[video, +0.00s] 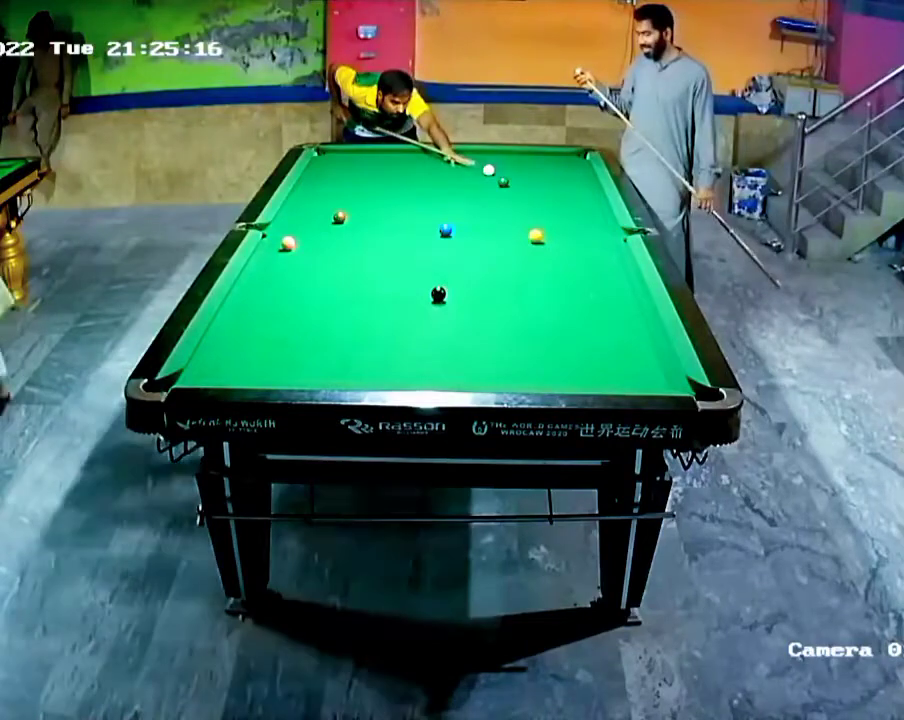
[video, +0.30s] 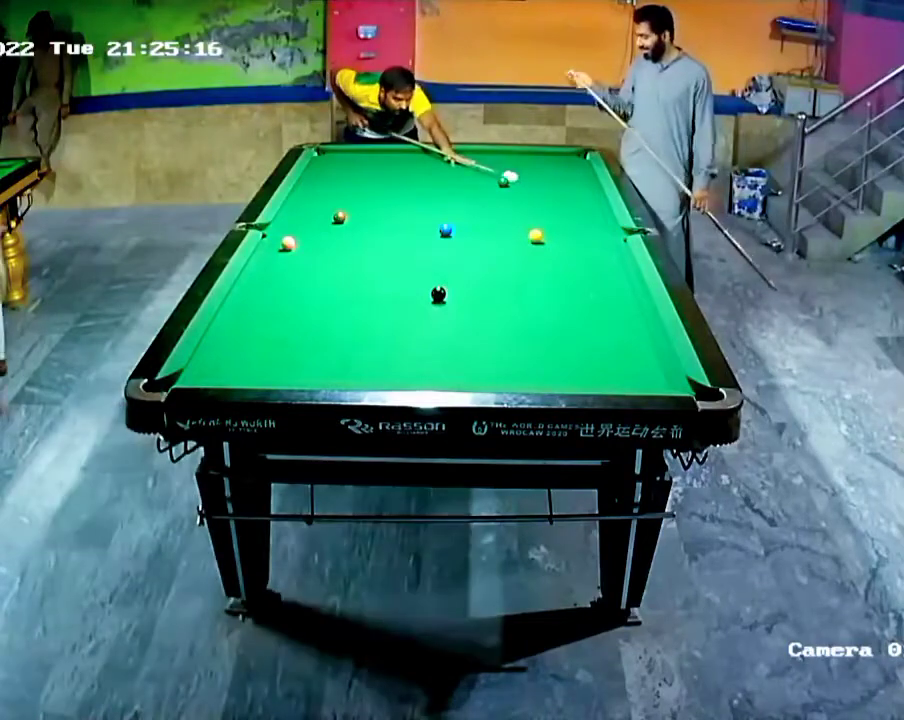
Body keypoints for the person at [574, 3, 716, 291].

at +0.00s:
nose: (641, 41)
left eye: (647, 34)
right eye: (638, 34)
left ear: (666, 33)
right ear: (635, 33)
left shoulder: (694, 74)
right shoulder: (640, 64)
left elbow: (704, 131)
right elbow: (622, 105)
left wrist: (704, 182)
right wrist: (594, 87)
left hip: (668, 175)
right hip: (632, 167)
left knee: (668, 249)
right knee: (631, 241)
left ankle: (675, 313)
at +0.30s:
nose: (639, 43)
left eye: (645, 36)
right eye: (637, 36)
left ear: (666, 35)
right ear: (636, 35)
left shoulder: (695, 74)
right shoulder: (640, 65)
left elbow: (704, 131)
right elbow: (624, 106)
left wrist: (701, 182)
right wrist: (593, 87)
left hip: (670, 173)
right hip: (633, 166)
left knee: (670, 246)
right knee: (634, 240)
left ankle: (677, 310)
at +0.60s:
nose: (643, 43)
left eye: (650, 36)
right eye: (639, 36)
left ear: (669, 35)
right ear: (635, 35)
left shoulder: (695, 74)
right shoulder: (639, 65)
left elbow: (700, 133)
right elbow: (632, 112)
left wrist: (696, 182)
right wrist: (604, 125)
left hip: (668, 179)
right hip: (632, 173)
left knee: (671, 252)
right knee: (632, 243)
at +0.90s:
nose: (646, 42)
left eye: (653, 35)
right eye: (642, 35)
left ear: (669, 33)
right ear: (637, 35)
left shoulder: (695, 74)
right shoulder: (639, 65)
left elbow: (701, 131)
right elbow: (626, 110)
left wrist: (695, 179)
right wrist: (614, 146)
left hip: (669, 180)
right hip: (632, 174)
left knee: (668, 253)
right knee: (630, 246)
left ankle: (672, 314)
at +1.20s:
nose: (652, 43)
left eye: (659, 36)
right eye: (647, 36)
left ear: (675, 34)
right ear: (643, 34)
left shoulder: (699, 77)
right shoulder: (639, 65)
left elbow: (702, 134)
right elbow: (626, 110)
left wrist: (696, 184)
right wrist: (614, 146)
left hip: (670, 181)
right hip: (632, 175)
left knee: (670, 253)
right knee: (630, 246)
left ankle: (674, 316)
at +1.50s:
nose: (658, 44)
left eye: (666, 38)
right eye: (654, 37)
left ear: (683, 38)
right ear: (649, 35)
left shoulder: (703, 80)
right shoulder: (643, 66)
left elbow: (706, 137)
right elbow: (632, 108)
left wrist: (700, 185)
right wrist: (617, 138)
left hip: (672, 180)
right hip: (635, 173)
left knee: (670, 252)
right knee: (634, 246)